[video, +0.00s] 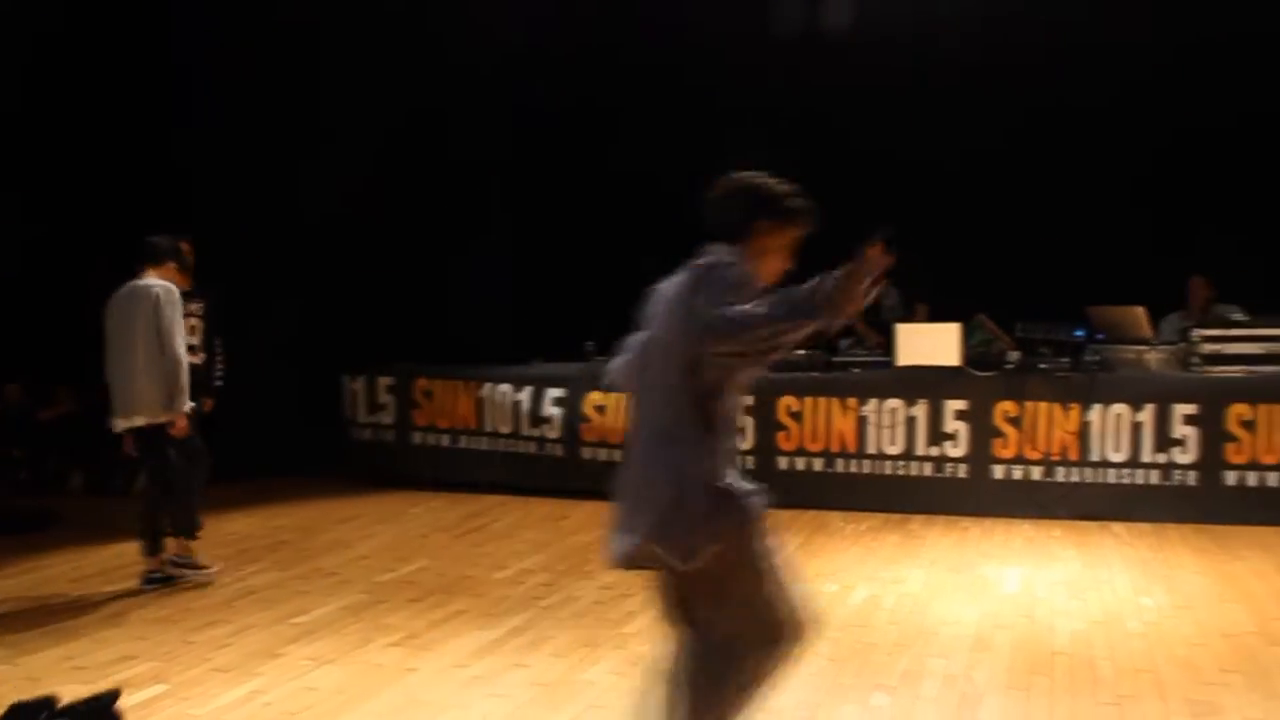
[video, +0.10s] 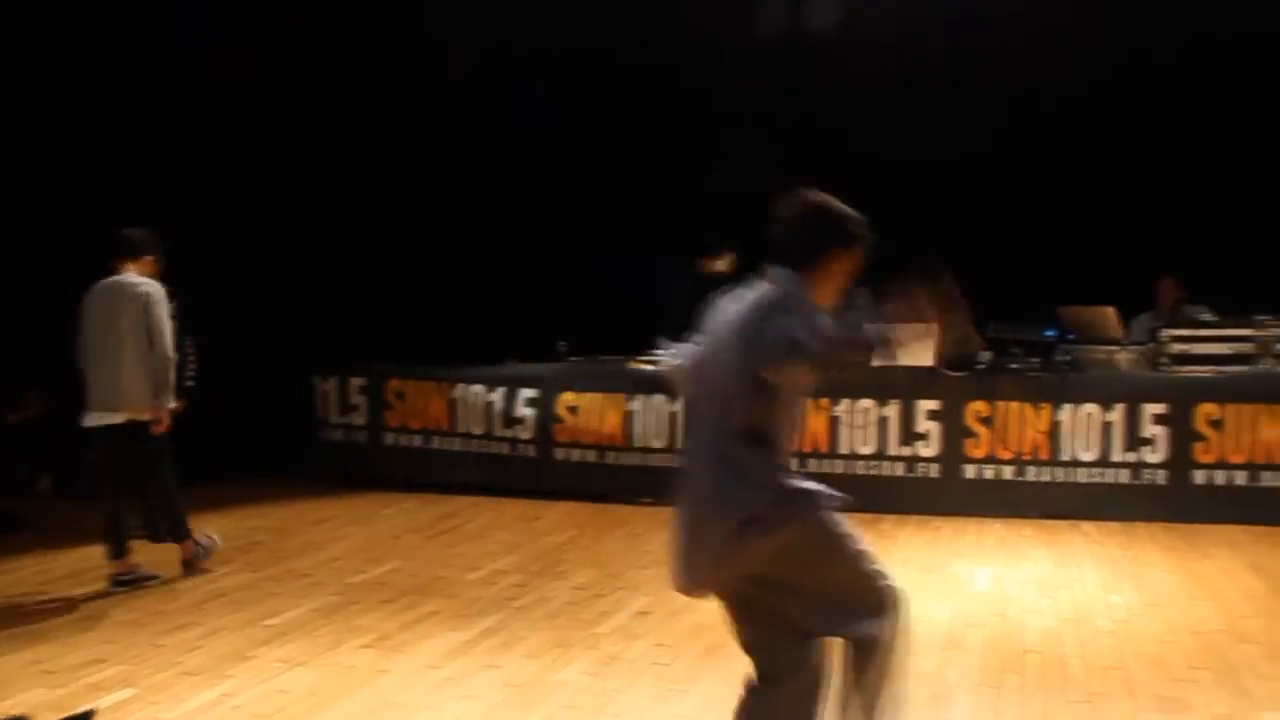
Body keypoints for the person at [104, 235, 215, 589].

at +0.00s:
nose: (179, 279)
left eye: (179, 273)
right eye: (179, 272)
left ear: (145, 265)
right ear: (169, 266)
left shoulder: (118, 299)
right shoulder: (165, 292)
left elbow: (116, 364)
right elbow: (176, 352)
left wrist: (124, 421)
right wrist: (181, 407)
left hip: (135, 412)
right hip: (164, 410)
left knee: (151, 482)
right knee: (184, 473)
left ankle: (153, 560)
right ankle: (182, 550)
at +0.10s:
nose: (156, 269)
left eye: (154, 264)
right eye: (155, 264)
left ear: (120, 261)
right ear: (148, 261)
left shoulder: (95, 294)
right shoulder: (151, 292)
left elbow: (87, 353)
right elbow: (164, 351)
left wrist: (102, 396)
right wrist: (164, 402)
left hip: (101, 417)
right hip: (141, 414)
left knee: (113, 490)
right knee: (160, 481)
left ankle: (121, 562)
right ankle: (188, 546)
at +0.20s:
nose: (120, 269)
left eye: (117, 264)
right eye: (121, 264)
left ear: (85, 263)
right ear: (118, 263)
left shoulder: (62, 297)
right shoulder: (125, 297)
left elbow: (50, 356)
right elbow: (143, 359)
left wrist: (68, 389)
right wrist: (143, 408)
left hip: (67, 421)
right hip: (114, 418)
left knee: (74, 493)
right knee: (127, 481)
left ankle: (81, 565)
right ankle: (144, 539)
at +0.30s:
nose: (93, 273)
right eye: (94, 268)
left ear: (56, 264)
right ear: (93, 267)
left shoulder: (33, 296)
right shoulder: (101, 302)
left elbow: (16, 354)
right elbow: (118, 364)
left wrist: (32, 388)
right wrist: (116, 414)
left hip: (32, 421)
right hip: (80, 422)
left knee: (46, 492)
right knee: (87, 486)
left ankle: (52, 565)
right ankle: (97, 551)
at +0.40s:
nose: (67, 281)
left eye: (65, 276)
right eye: (66, 276)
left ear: (29, 271)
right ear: (62, 275)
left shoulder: (8, 298)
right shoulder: (72, 309)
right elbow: (92, 370)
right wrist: (87, 420)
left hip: (9, 414)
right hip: (52, 415)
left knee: (19, 479)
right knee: (60, 481)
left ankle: (32, 530)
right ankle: (62, 553)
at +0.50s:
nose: (12, 277)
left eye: (9, 270)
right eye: (16, 270)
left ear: (3, 269)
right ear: (24, 270)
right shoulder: (39, 305)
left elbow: (56, 366)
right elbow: (58, 366)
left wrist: (51, 415)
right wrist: (54, 415)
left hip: (4, 417)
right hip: (22, 417)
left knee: (8, 485)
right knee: (25, 488)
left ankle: (12, 522)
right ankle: (26, 562)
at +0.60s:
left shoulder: (5, 304)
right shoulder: (5, 304)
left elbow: (23, 361)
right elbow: (24, 361)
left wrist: (14, 409)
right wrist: (15, 408)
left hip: (4, 422)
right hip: (5, 422)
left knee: (5, 487)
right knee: (5, 487)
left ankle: (4, 536)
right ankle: (4, 536)